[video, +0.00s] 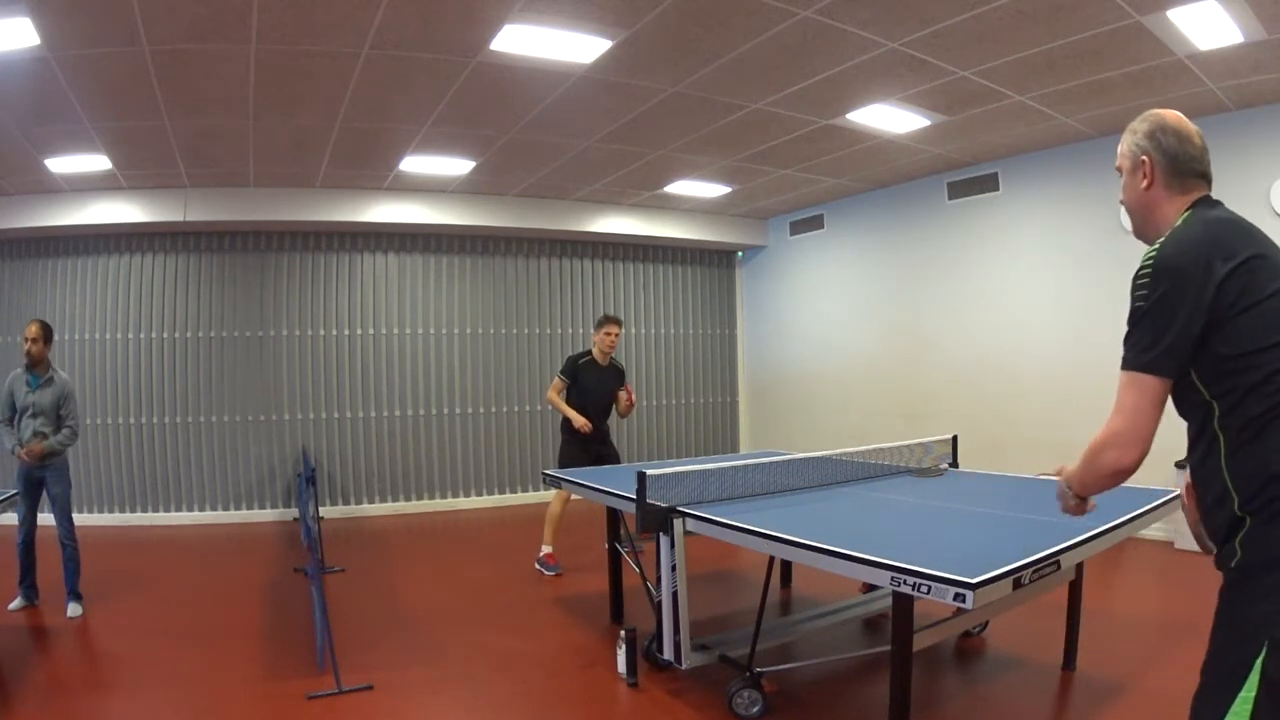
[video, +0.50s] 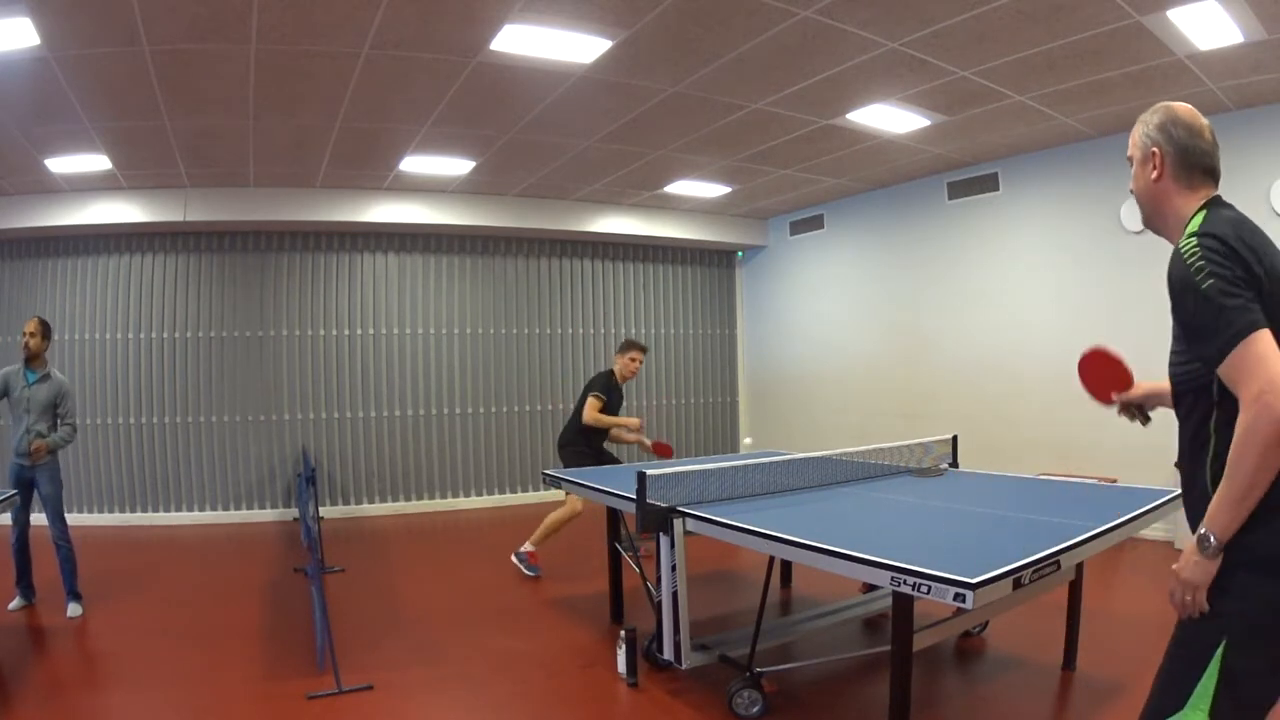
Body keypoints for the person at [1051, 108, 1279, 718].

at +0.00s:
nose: (1118, 195)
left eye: (1119, 176)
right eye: (1117, 178)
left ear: (1145, 172)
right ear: (1195, 171)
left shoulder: (1175, 260)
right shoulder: (1242, 237)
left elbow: (1123, 447)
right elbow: (1260, 385)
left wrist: (1076, 483)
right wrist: (1204, 481)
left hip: (1268, 539)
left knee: (1225, 708)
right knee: (1255, 701)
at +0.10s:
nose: (1135, 187)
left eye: (1136, 169)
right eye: (1134, 171)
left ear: (1162, 168)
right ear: (1207, 167)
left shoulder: (1201, 254)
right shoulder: (1250, 236)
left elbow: (1170, 443)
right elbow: (1243, 411)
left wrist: (1112, 478)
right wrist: (1148, 473)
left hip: (1269, 544)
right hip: (1269, 535)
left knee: (1225, 710)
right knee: (1246, 703)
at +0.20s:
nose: (1146, 184)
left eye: (1149, 163)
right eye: (1147, 165)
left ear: (1177, 165)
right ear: (1208, 164)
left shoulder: (1220, 252)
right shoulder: (1256, 234)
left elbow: (1228, 432)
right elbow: (1228, 382)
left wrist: (1138, 488)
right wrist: (1137, 408)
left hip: (1269, 546)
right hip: (1272, 538)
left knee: (1213, 708)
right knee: (1252, 701)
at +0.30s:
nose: (1149, 178)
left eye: (1151, 160)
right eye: (1149, 163)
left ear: (1177, 160)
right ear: (1211, 159)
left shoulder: (1229, 243)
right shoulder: (1248, 231)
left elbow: (1262, 413)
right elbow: (1224, 379)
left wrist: (1167, 508)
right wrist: (1139, 371)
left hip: (1268, 542)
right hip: (1266, 535)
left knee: (1211, 707)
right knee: (1250, 701)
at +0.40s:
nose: (1142, 177)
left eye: (1144, 159)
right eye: (1141, 162)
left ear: (1170, 159)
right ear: (1203, 159)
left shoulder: (1221, 240)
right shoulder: (1243, 229)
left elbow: (1271, 399)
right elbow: (1225, 376)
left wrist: (1195, 527)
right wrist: (1145, 368)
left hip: (1259, 542)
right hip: (1263, 535)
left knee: (1200, 706)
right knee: (1259, 700)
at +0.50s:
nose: (1129, 184)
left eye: (1132, 164)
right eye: (1129, 165)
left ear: (1156, 163)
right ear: (1206, 164)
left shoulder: (1198, 256)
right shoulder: (1242, 237)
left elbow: (1268, 400)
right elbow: (1249, 369)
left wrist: (1206, 543)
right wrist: (1163, 394)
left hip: (1250, 556)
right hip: (1261, 547)